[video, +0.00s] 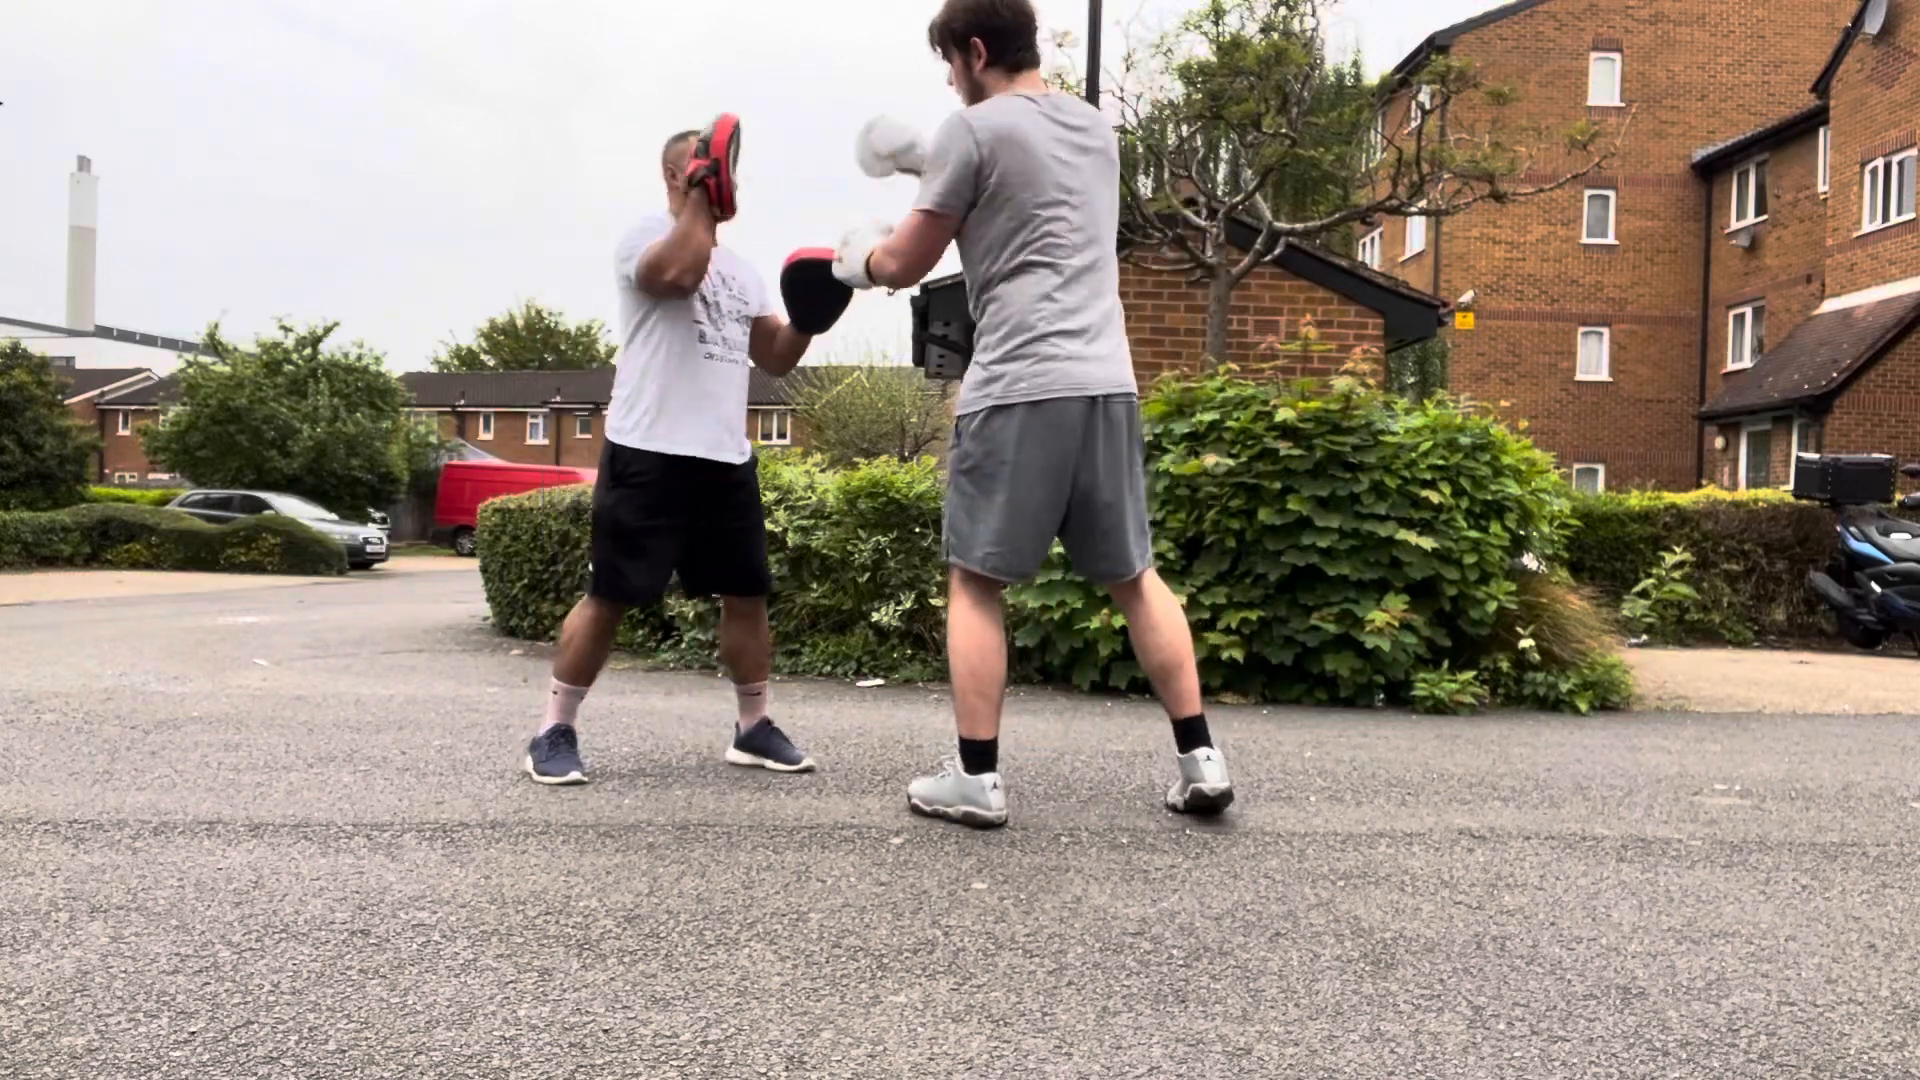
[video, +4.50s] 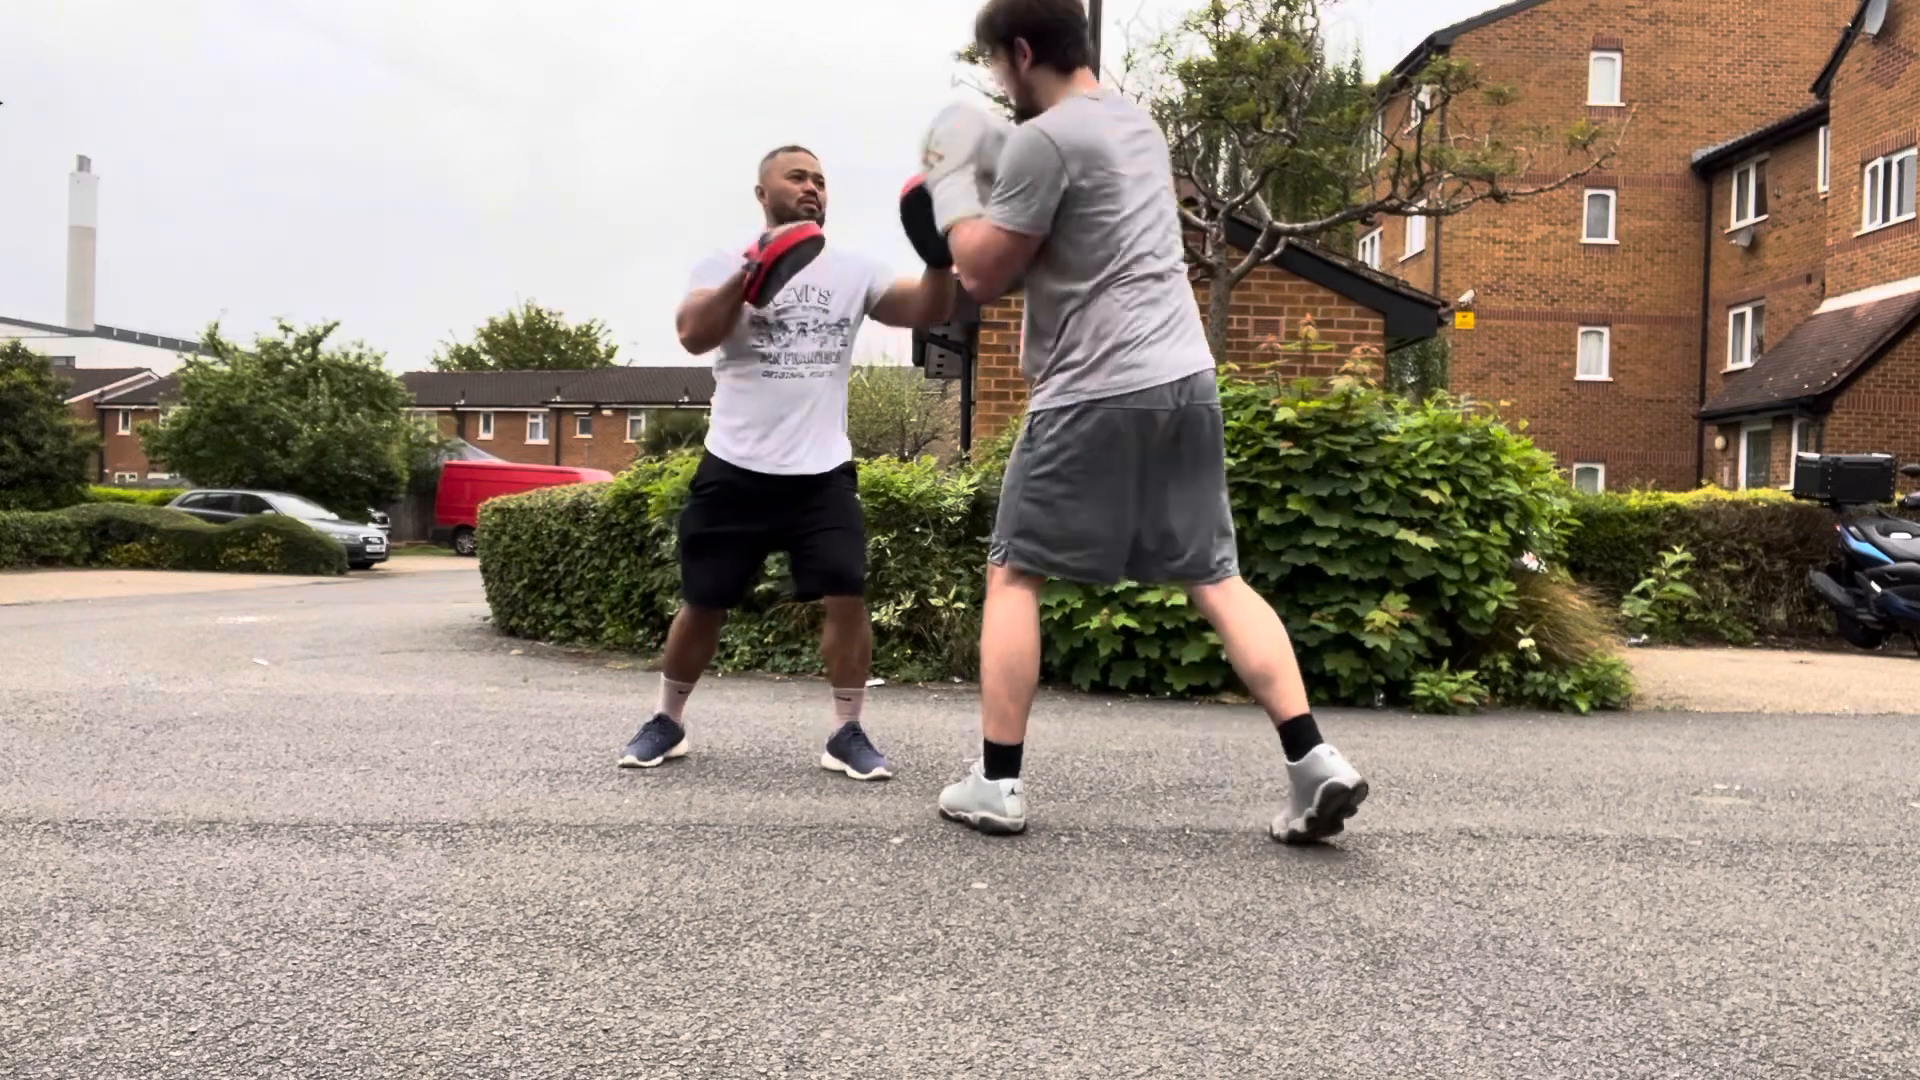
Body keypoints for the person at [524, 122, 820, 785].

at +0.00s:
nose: (708, 174)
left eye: (715, 164)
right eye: (693, 164)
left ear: (728, 178)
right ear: (670, 178)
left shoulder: (742, 271)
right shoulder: (643, 236)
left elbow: (777, 357)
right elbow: (678, 274)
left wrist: (815, 308)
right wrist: (702, 193)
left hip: (726, 456)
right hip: (645, 449)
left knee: (747, 594)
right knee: (609, 594)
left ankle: (754, 726)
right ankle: (555, 729)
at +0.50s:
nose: (794, 188)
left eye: (802, 180)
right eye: (780, 176)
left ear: (809, 198)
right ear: (744, 186)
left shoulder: (814, 280)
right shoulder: (704, 246)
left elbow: (858, 360)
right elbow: (672, 304)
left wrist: (887, 306)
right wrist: (725, 233)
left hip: (771, 454)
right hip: (690, 443)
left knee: (765, 592)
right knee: (661, 586)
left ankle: (755, 724)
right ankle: (634, 717)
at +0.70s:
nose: (775, 182)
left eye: (782, 176)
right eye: (761, 170)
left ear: (788, 194)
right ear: (726, 180)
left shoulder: (808, 257)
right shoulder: (686, 251)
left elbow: (885, 268)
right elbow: (659, 319)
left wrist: (923, 217)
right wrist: (710, 252)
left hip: (772, 454)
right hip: (691, 448)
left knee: (769, 592)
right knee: (674, 590)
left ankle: (755, 725)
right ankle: (661, 714)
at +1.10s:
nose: (743, 187)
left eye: (750, 178)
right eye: (727, 177)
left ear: (760, 195)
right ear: (693, 191)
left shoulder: (785, 264)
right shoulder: (664, 262)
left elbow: (840, 341)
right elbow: (628, 322)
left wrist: (857, 291)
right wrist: (669, 247)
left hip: (773, 455)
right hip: (687, 457)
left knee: (805, 580)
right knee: (675, 595)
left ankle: (810, 717)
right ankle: (666, 721)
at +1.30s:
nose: (782, 194)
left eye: (787, 187)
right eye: (767, 183)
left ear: (793, 204)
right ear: (732, 197)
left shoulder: (806, 275)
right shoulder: (698, 259)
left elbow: (846, 365)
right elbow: (679, 290)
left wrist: (868, 304)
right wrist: (713, 216)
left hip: (784, 461)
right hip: (699, 458)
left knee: (809, 593)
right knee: (682, 599)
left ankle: (830, 727)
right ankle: (665, 721)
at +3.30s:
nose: (763, 190)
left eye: (770, 181)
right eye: (748, 181)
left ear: (778, 195)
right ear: (713, 196)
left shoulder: (799, 266)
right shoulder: (679, 259)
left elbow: (863, 328)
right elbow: (672, 324)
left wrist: (861, 257)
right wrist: (708, 244)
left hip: (785, 461)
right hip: (700, 459)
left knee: (810, 593)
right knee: (684, 600)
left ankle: (829, 727)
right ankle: (665, 722)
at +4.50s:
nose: (812, 187)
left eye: (820, 180)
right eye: (797, 175)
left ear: (828, 199)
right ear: (760, 192)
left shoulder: (851, 269)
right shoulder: (727, 264)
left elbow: (929, 309)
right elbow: (694, 336)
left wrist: (944, 245)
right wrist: (751, 275)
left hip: (823, 469)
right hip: (735, 466)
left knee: (847, 591)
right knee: (702, 602)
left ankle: (847, 731)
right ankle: (666, 721)